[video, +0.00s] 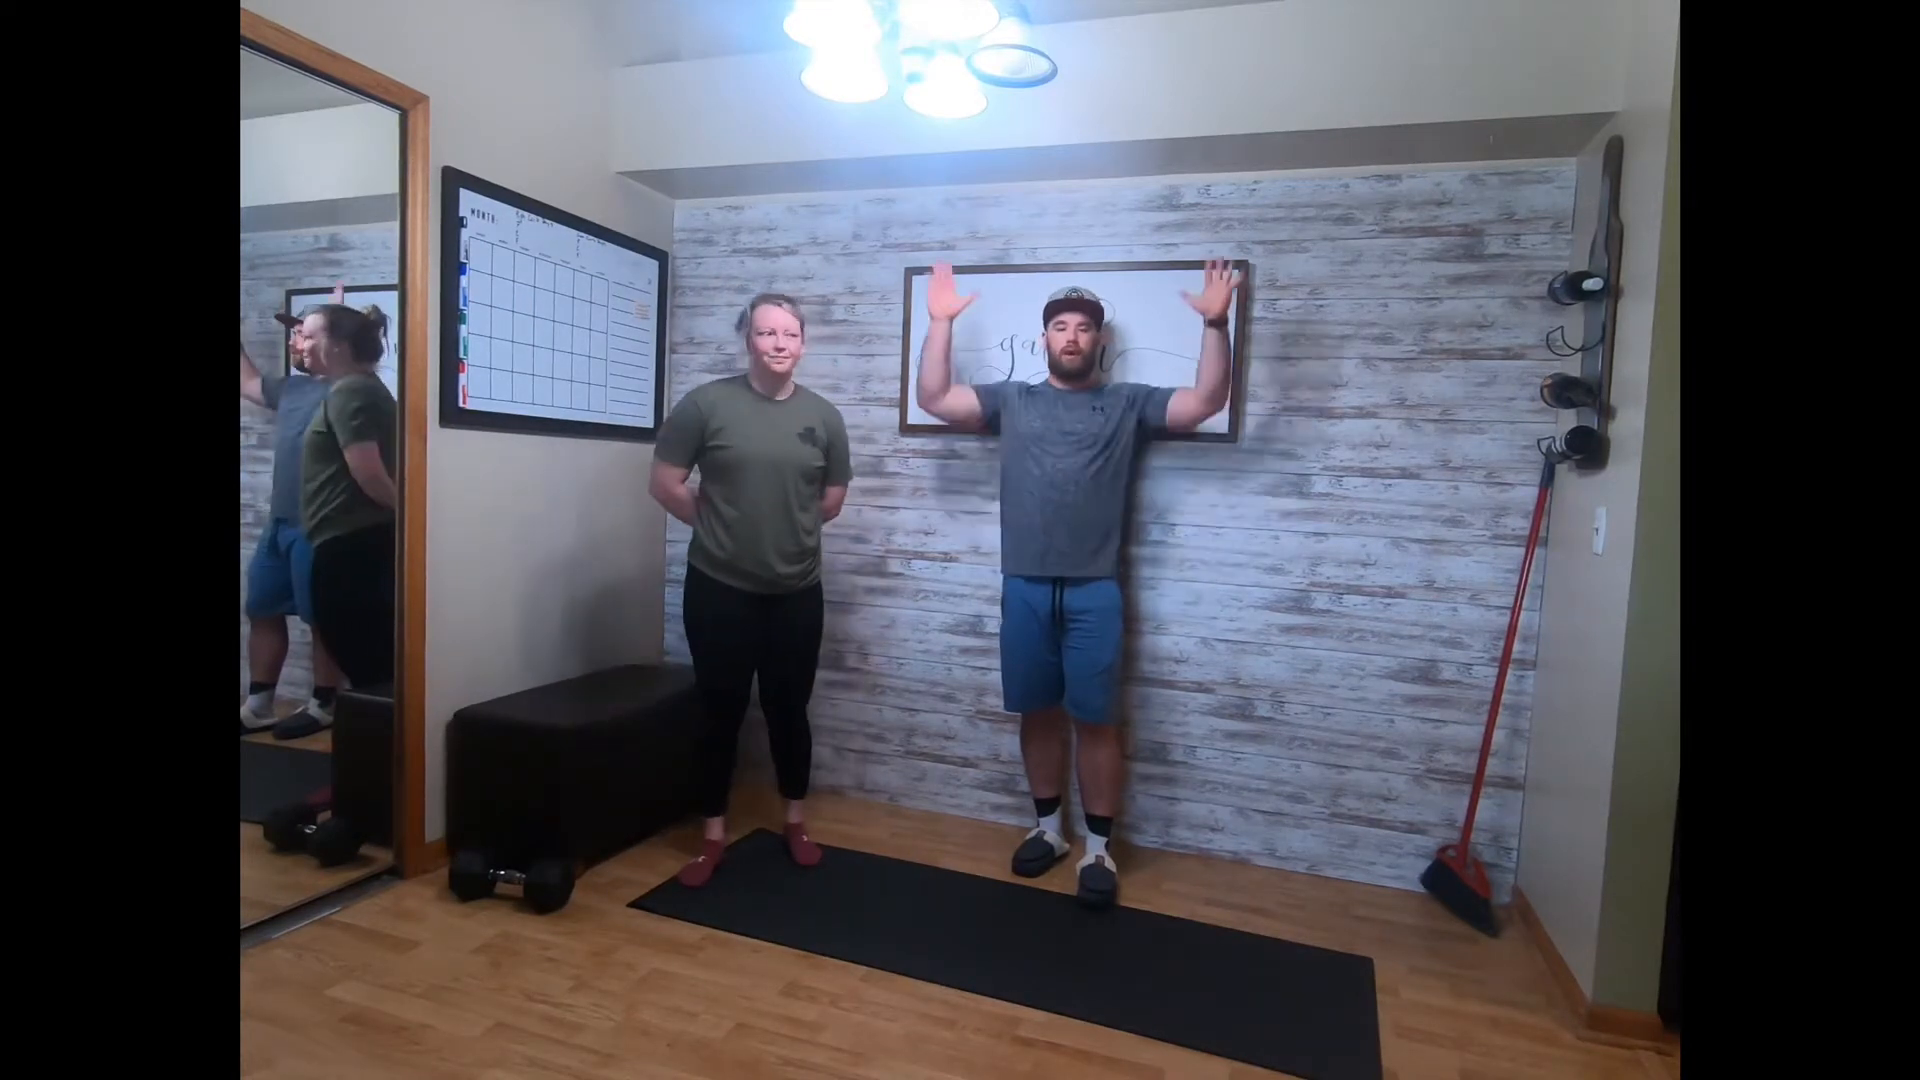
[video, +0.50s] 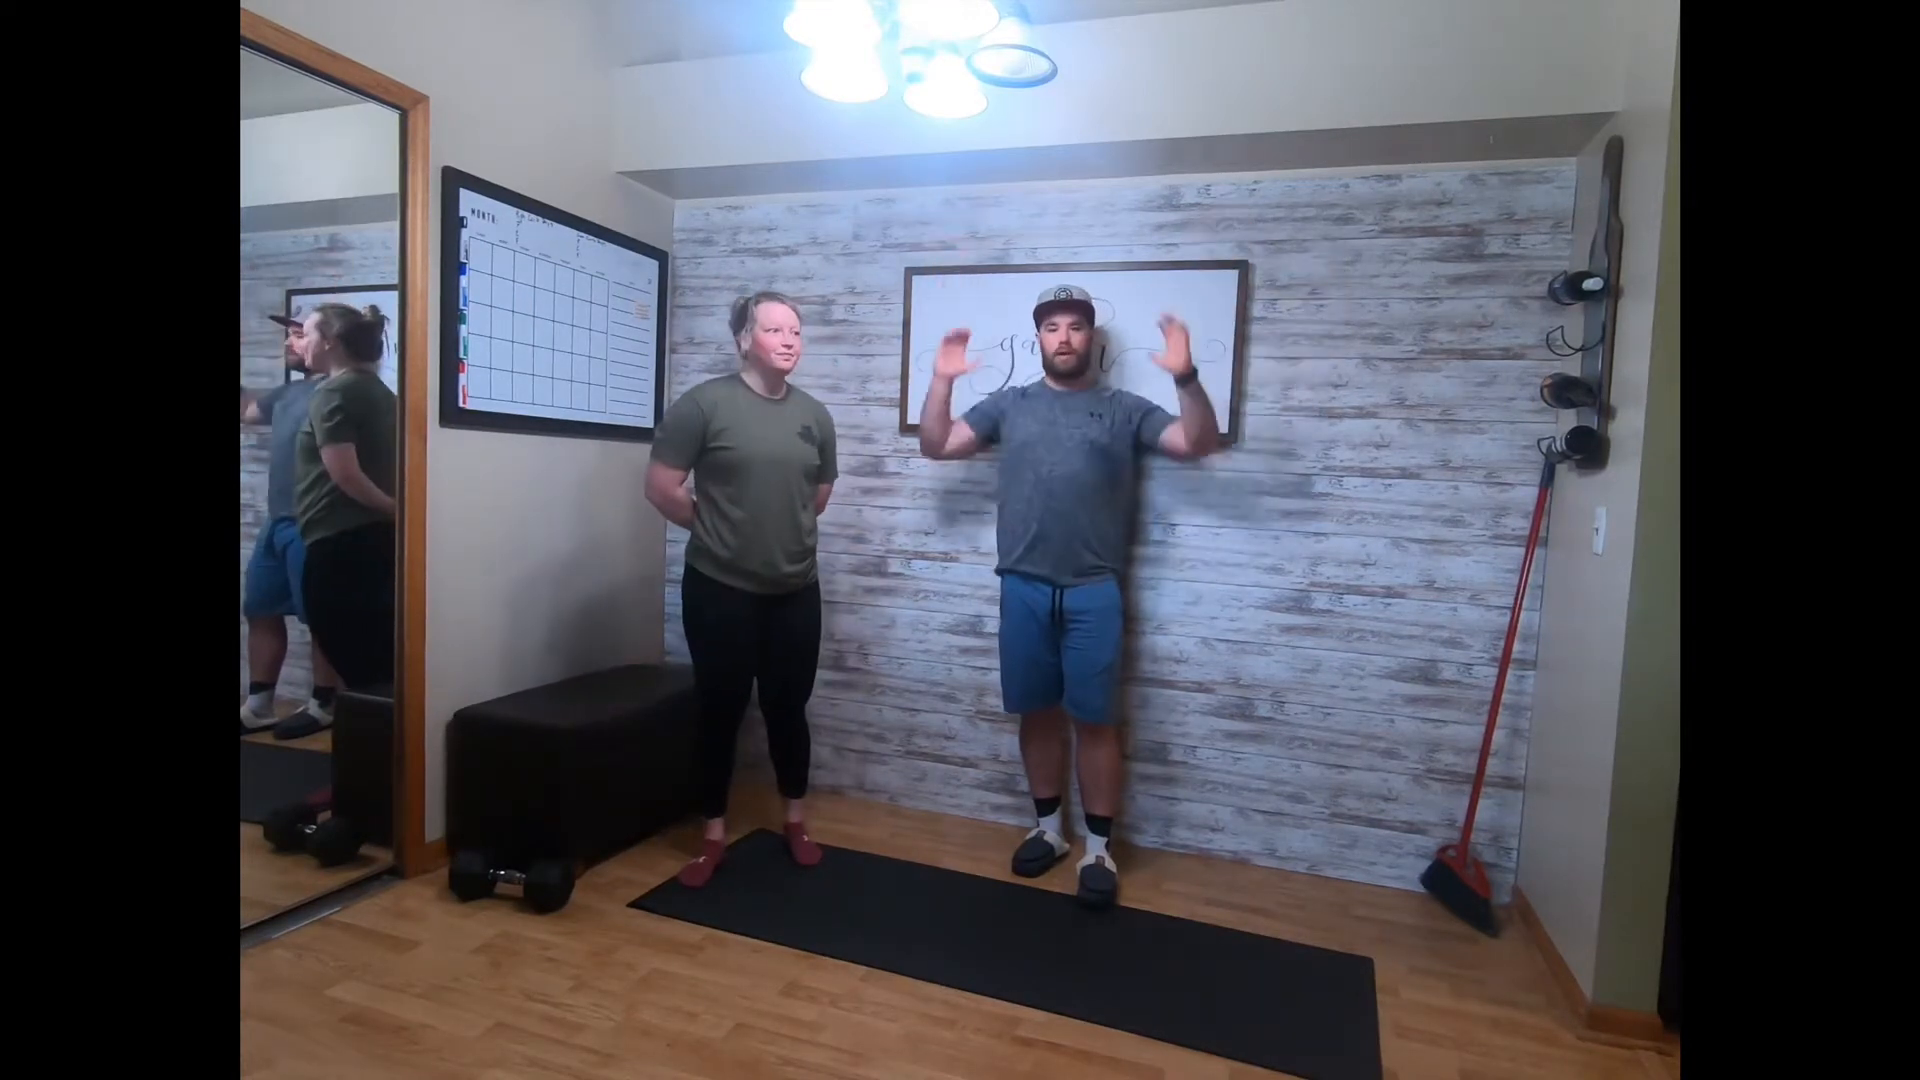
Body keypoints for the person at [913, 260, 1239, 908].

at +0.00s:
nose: (1072, 337)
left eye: (1083, 328)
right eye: (1061, 328)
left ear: (1099, 342)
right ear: (1045, 342)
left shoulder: (1126, 403)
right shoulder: (1014, 398)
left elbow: (1206, 400)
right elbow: (934, 397)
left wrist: (1214, 322)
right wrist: (940, 322)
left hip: (1094, 584)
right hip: (1024, 582)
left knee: (1095, 716)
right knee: (1036, 711)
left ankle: (1098, 851)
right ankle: (1047, 832)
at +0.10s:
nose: (1072, 335)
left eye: (1083, 327)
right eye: (1061, 327)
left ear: (1100, 340)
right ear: (1045, 341)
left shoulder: (1126, 397)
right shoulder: (1016, 393)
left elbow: (1197, 354)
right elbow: (940, 358)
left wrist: (1218, 274)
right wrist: (937, 278)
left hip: (1093, 577)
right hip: (1024, 576)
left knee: (1094, 713)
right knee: (1034, 708)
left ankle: (1098, 849)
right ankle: (1048, 829)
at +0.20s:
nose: (1071, 337)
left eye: (1082, 328)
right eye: (1059, 328)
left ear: (1100, 339)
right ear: (1044, 341)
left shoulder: (1124, 394)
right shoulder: (1019, 391)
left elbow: (1184, 337)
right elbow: (951, 341)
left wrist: (1215, 256)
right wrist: (935, 260)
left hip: (1093, 574)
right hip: (1024, 572)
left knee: (1094, 712)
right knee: (1035, 707)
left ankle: (1097, 848)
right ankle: (1047, 829)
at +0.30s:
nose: (1069, 338)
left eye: (1080, 329)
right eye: (1058, 330)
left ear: (1099, 341)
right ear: (1043, 344)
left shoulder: (1125, 396)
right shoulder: (1018, 393)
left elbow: (1191, 341)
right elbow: (944, 350)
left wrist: (1206, 260)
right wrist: (938, 270)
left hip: (1093, 578)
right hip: (1024, 576)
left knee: (1094, 714)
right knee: (1035, 708)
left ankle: (1097, 848)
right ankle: (1048, 830)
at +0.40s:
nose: (1067, 337)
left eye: (1079, 328)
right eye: (1056, 328)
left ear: (1097, 339)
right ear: (1041, 340)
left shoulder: (1125, 402)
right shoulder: (1014, 398)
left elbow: (1202, 384)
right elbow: (932, 388)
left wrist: (1195, 303)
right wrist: (942, 311)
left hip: (1094, 579)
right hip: (1024, 576)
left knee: (1092, 715)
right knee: (1037, 708)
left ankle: (1098, 850)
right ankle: (1049, 833)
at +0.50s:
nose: (1064, 336)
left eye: (1076, 327)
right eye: (1053, 328)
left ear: (1093, 339)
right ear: (1038, 340)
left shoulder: (1122, 408)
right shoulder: (1012, 404)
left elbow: (1199, 440)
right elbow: (937, 443)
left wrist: (1185, 376)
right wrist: (942, 378)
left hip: (1094, 579)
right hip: (1024, 577)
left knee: (1093, 715)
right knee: (1036, 709)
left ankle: (1097, 851)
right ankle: (1048, 831)